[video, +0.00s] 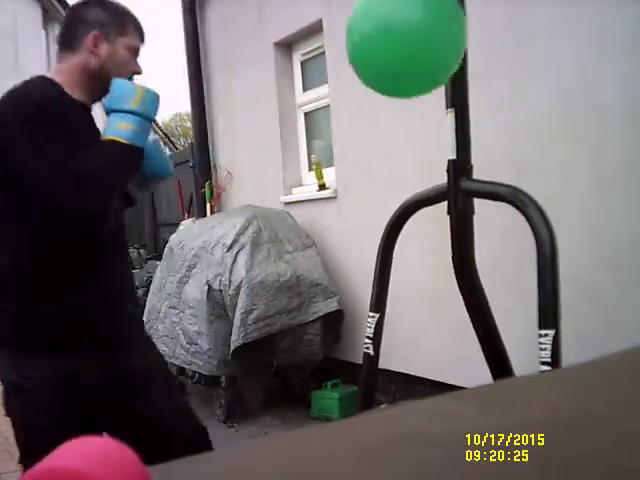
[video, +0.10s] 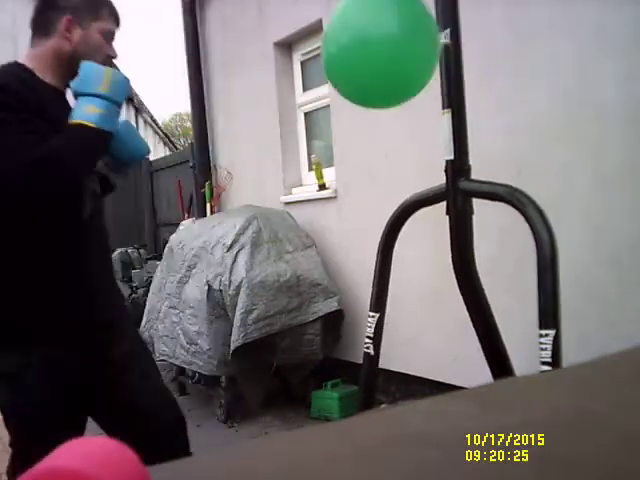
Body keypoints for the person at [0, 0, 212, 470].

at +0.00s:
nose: (139, 68)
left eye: (138, 55)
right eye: (133, 52)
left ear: (96, 49)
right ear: (97, 45)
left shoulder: (79, 121)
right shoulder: (28, 108)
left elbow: (90, 205)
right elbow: (78, 201)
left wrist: (132, 175)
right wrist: (123, 134)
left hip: (106, 333)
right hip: (54, 341)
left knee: (180, 450)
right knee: (64, 468)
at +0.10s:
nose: (111, 52)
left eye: (113, 40)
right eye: (106, 36)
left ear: (71, 32)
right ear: (68, 28)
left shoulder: (67, 106)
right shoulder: (7, 92)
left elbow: (68, 202)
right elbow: (32, 191)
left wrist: (109, 165)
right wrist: (92, 114)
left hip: (98, 315)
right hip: (33, 323)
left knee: (162, 441)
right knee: (41, 466)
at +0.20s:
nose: (97, 28)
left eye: (97, 13)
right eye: (90, 10)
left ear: (52, 10)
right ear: (51, 7)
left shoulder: (58, 75)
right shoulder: (3, 68)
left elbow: (62, 178)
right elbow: (23, 174)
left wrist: (97, 138)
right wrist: (68, 88)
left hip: (86, 286)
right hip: (25, 290)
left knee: (135, 418)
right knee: (24, 448)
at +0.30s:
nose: (84, 25)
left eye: (84, 12)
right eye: (77, 10)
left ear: (39, 10)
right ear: (36, 6)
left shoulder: (49, 77)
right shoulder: (1, 74)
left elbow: (66, 179)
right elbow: (14, 177)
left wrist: (92, 126)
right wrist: (51, 100)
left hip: (77, 284)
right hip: (18, 291)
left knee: (115, 427)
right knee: (24, 451)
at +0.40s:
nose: (70, 48)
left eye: (71, 36)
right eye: (63, 31)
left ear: (25, 27)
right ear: (22, 25)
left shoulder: (42, 104)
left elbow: (66, 199)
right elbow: (5, 206)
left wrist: (89, 146)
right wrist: (40, 131)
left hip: (72, 305)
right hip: (12, 311)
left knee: (112, 443)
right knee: (20, 462)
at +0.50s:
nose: (51, 52)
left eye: (54, 41)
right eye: (44, 37)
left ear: (12, 29)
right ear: (5, 26)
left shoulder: (23, 102)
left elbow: (47, 195)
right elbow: (4, 204)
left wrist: (63, 138)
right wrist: (24, 126)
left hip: (40, 318)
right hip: (13, 322)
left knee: (95, 456)